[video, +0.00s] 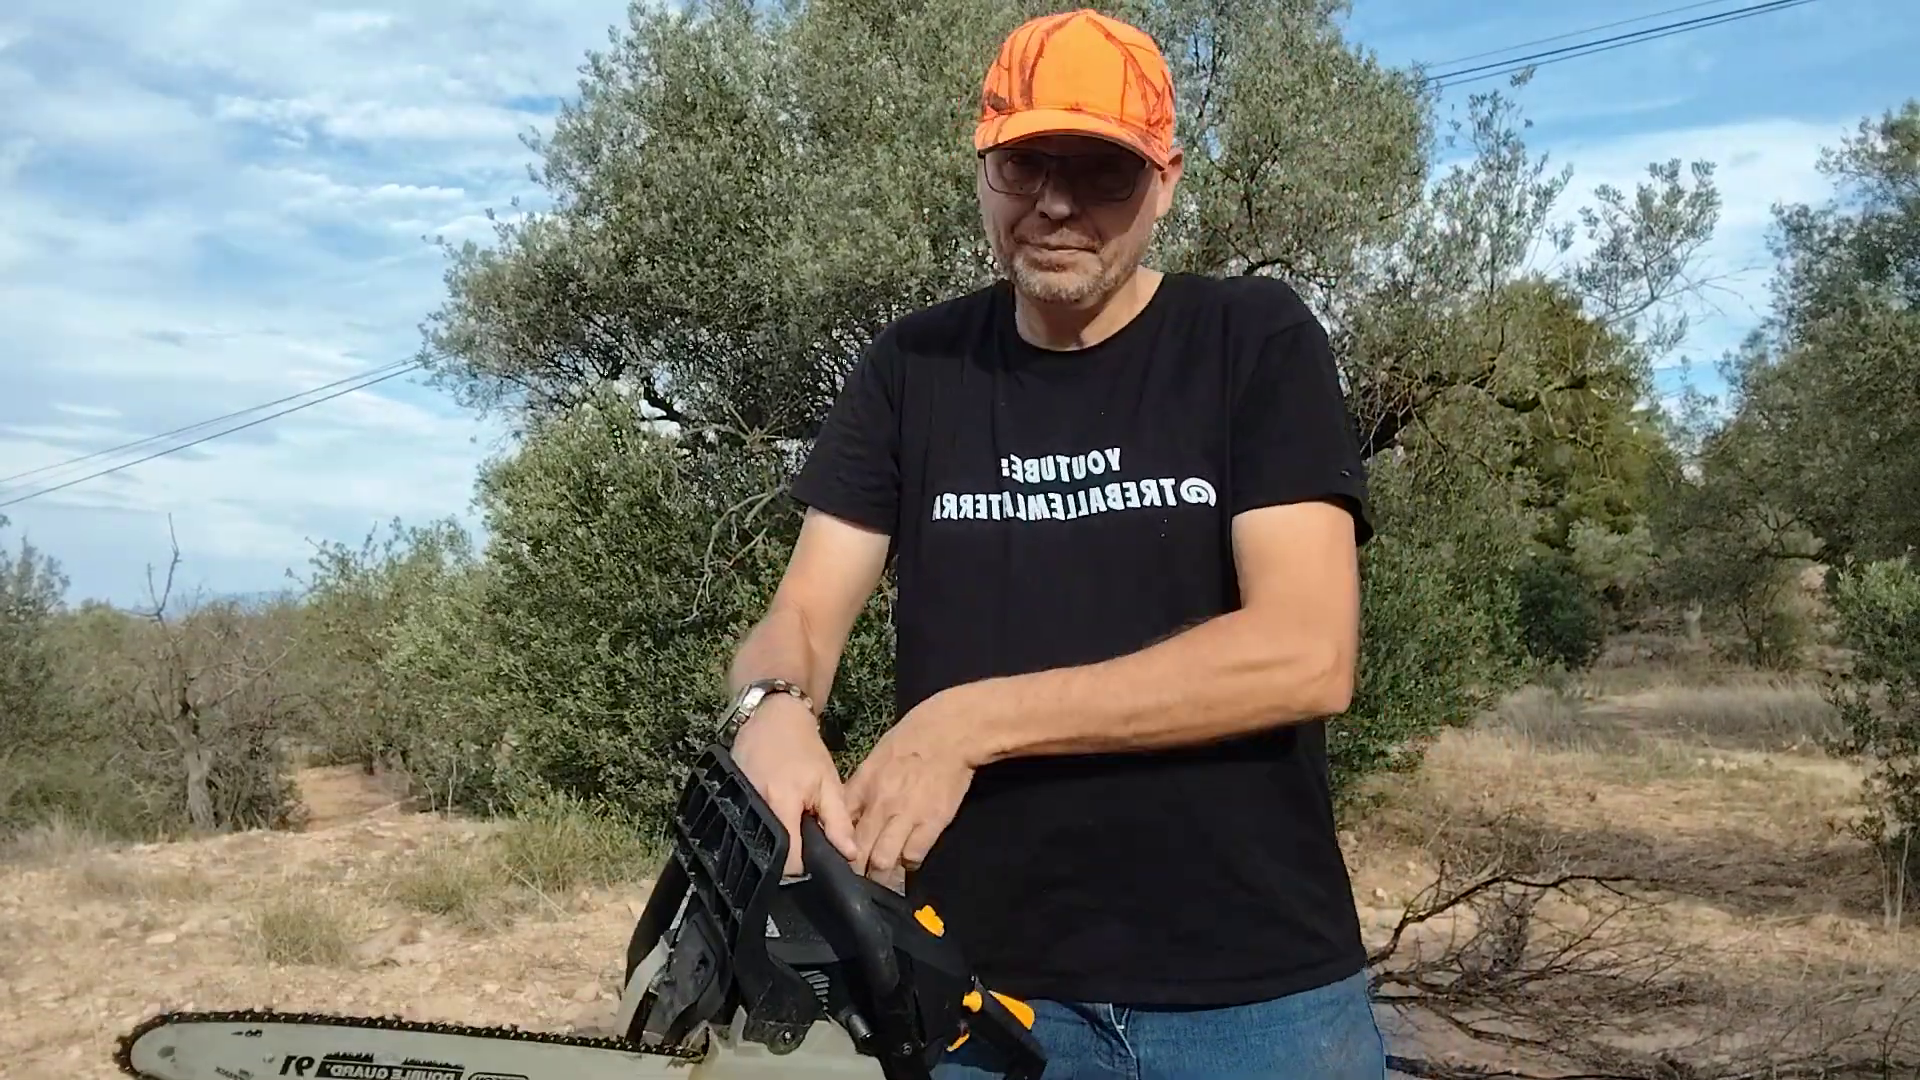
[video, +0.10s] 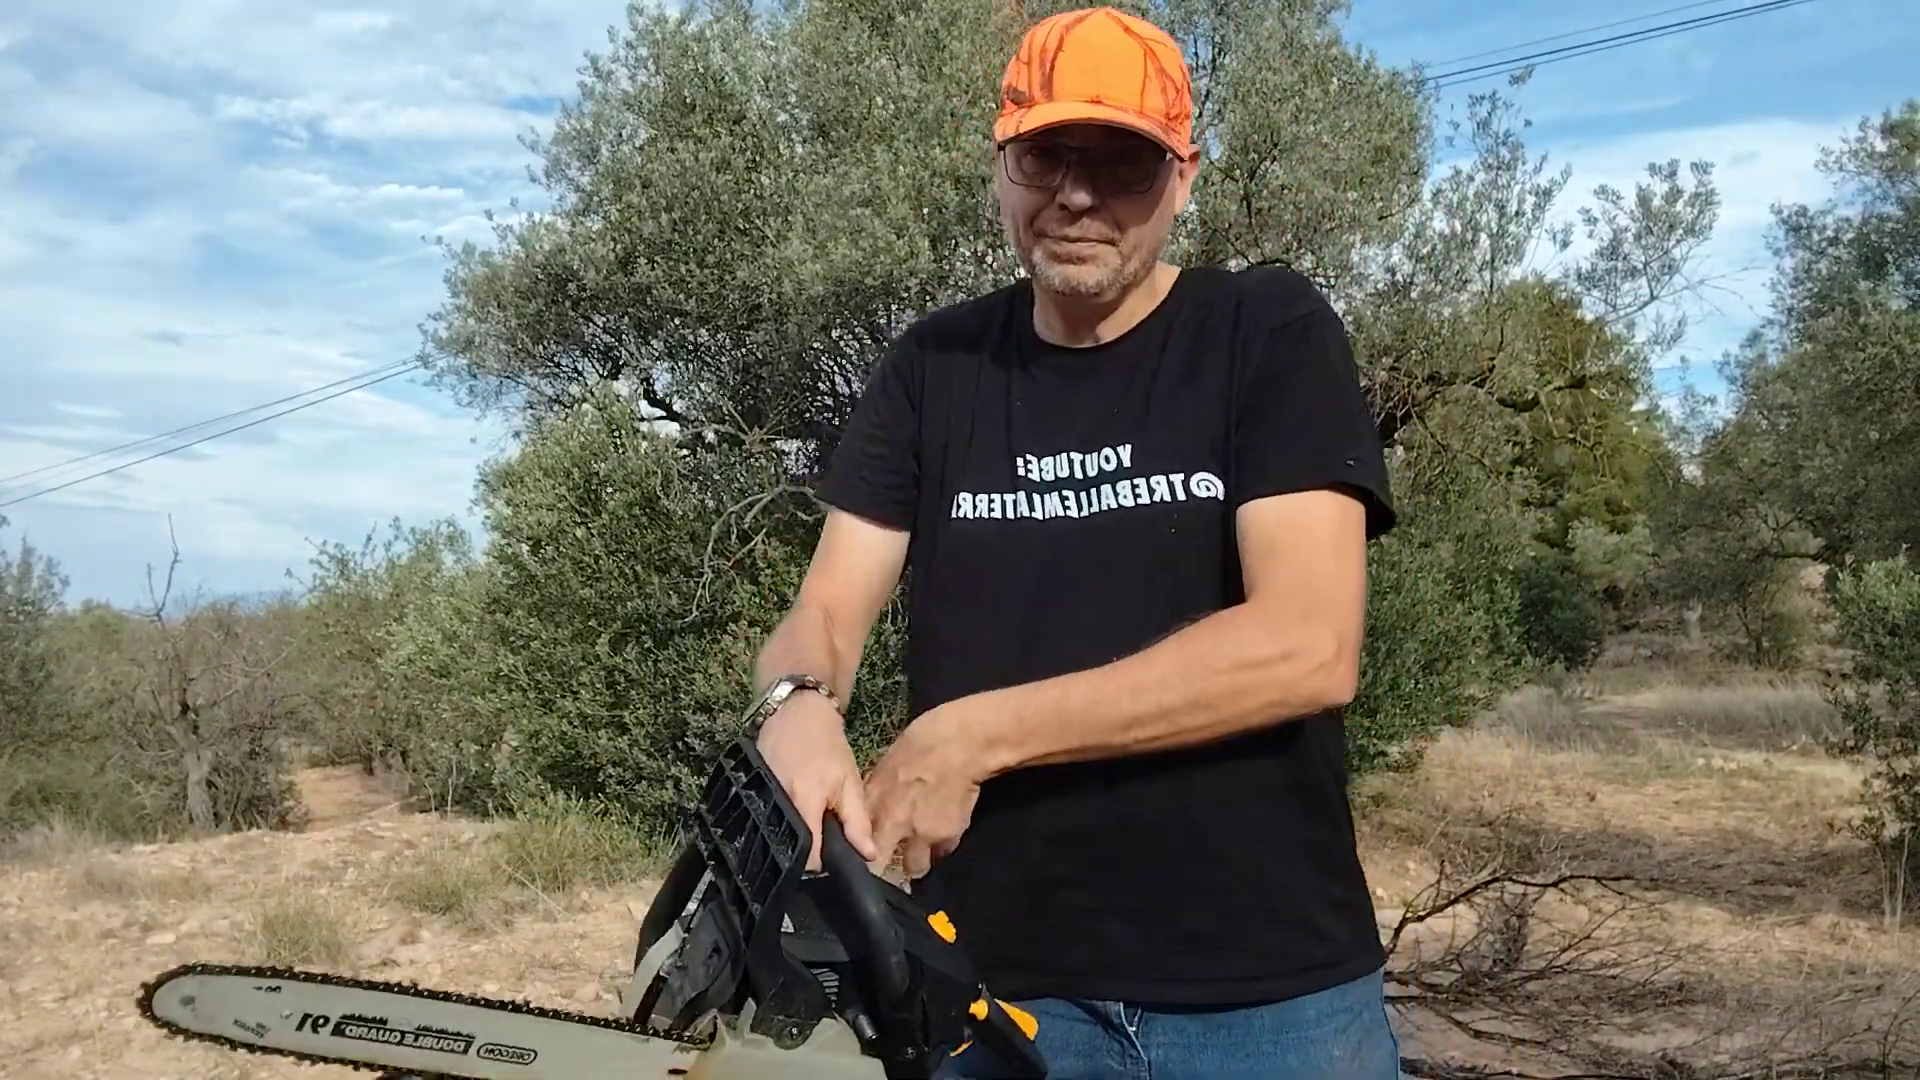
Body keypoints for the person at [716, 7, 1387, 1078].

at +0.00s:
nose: (1057, 206)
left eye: (1098, 173)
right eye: (1027, 168)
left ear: (1161, 184)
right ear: (985, 173)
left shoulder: (1255, 339)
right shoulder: (908, 370)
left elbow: (1307, 652)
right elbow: (802, 621)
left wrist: (965, 721)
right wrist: (773, 714)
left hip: (1261, 1006)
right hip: (986, 1006)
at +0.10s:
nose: (1076, 198)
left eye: (1119, 164)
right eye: (1047, 161)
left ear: (1179, 178)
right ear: (1003, 169)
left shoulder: (1271, 330)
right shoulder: (935, 362)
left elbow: (1309, 645)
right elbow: (824, 620)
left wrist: (978, 731)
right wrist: (796, 711)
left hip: (1274, 1000)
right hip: (1001, 1000)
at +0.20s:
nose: (1112, 198)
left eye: (1154, 164)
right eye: (1080, 160)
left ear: (1214, 178)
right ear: (1034, 168)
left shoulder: (1301, 330)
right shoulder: (969, 365)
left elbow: (1333, 649)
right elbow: (862, 616)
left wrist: (994, 759)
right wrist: (826, 702)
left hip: (1299, 1011)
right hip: (1026, 1008)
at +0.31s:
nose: (1158, 199)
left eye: (1200, 165)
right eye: (1127, 160)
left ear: (1262, 183)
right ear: (1082, 172)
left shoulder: (1342, 339)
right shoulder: (1012, 364)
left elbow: (1362, 663)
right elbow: (879, 606)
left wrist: (1024, 762)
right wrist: (859, 697)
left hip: (1318, 1018)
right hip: (1044, 1013)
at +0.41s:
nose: (1202, 204)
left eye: (1245, 171)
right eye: (1172, 165)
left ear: (1307, 191)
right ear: (1128, 176)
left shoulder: (1379, 347)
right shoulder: (1056, 361)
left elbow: (1390, 675)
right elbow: (913, 596)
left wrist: (1048, 769)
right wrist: (896, 703)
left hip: (1336, 1014)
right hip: (1074, 1004)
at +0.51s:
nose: (1237, 207)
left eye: (1281, 175)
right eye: (1208, 168)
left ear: (1342, 195)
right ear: (1164, 179)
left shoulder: (1410, 350)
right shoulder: (1094, 364)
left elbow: (1417, 680)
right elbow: (948, 601)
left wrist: (1086, 785)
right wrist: (931, 719)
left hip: (1349, 1017)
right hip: (1095, 1000)